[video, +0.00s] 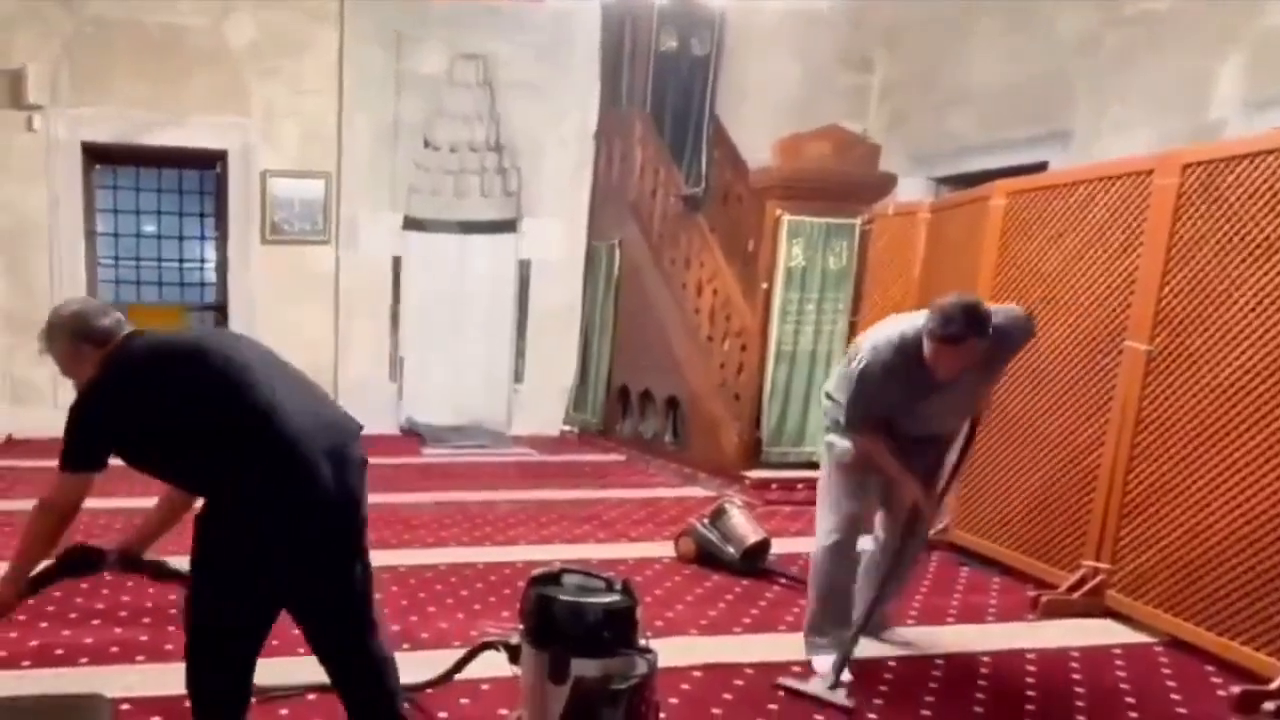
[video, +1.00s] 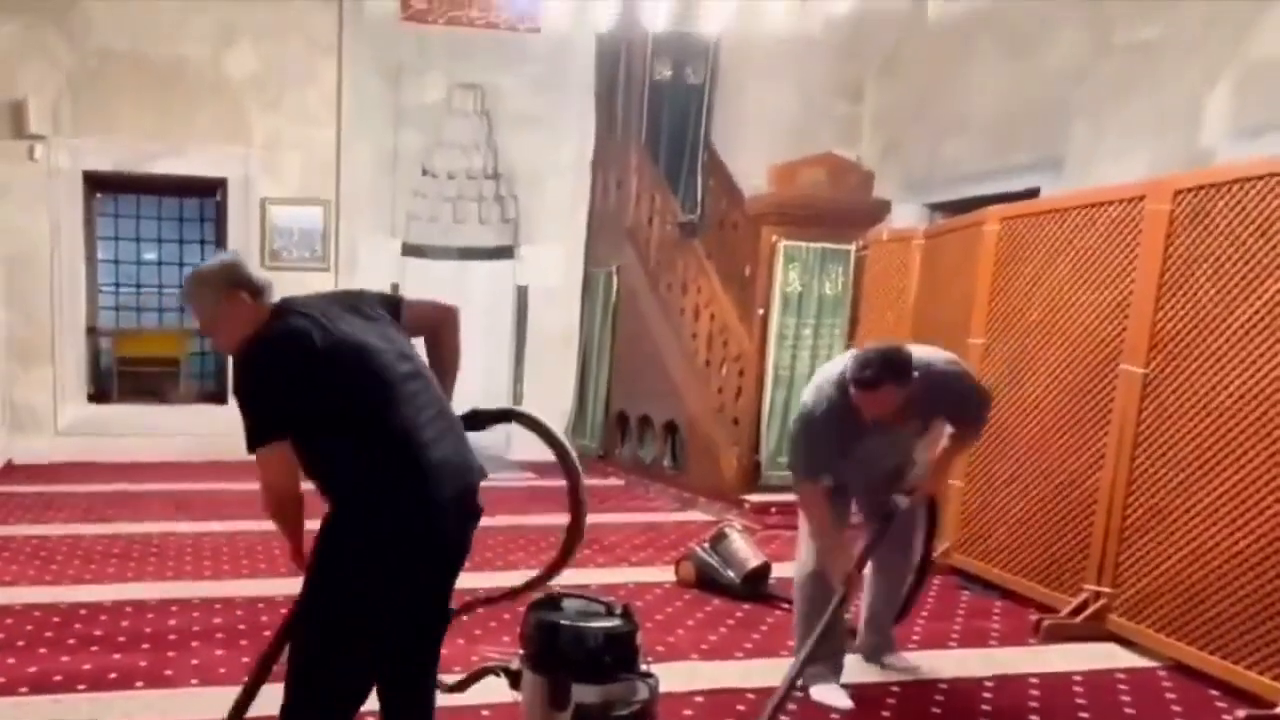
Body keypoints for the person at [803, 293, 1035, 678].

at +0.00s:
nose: (936, 365)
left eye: (948, 358)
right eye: (931, 353)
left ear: (975, 346)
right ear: (926, 337)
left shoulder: (1004, 332)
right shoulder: (882, 354)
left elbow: (1023, 322)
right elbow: (862, 432)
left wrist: (984, 388)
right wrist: (907, 484)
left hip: (926, 441)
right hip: (859, 432)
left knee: (904, 536)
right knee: (837, 536)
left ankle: (870, 619)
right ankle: (825, 644)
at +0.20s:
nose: (927, 385)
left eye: (939, 379)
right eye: (922, 374)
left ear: (967, 368)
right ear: (917, 359)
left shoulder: (991, 351)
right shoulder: (871, 371)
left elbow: (1009, 332)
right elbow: (847, 443)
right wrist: (887, 492)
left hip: (916, 447)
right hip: (852, 436)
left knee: (902, 537)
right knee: (826, 541)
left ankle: (873, 622)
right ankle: (820, 644)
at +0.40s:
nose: (905, 412)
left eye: (917, 406)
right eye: (900, 401)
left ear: (945, 395)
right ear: (894, 383)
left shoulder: (974, 380)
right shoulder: (851, 394)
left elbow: (963, 421)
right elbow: (829, 474)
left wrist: (940, 452)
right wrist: (855, 542)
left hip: (890, 455)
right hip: (835, 446)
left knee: (891, 541)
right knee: (822, 544)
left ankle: (870, 625)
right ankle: (818, 652)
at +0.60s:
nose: (885, 439)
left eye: (894, 433)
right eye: (877, 431)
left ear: (923, 412)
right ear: (867, 408)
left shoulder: (957, 398)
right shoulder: (833, 412)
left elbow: (951, 466)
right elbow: (816, 496)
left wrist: (910, 508)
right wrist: (820, 573)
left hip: (891, 454)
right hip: (836, 450)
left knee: (880, 536)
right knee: (818, 546)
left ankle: (870, 629)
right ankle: (818, 657)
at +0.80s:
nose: (870, 443)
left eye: (882, 436)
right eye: (864, 433)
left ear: (910, 413)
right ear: (852, 413)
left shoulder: (948, 400)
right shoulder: (822, 416)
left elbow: (941, 476)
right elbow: (807, 499)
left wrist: (885, 521)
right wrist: (810, 582)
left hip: (892, 456)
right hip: (832, 455)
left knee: (878, 538)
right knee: (822, 545)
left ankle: (872, 634)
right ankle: (817, 662)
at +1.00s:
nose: (870, 415)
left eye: (881, 407)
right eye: (863, 406)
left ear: (905, 389)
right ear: (852, 387)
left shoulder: (942, 377)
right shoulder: (819, 407)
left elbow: (975, 411)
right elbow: (809, 487)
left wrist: (937, 469)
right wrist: (833, 554)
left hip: (895, 475)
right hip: (834, 480)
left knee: (897, 560)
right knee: (818, 567)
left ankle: (877, 644)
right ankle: (818, 672)